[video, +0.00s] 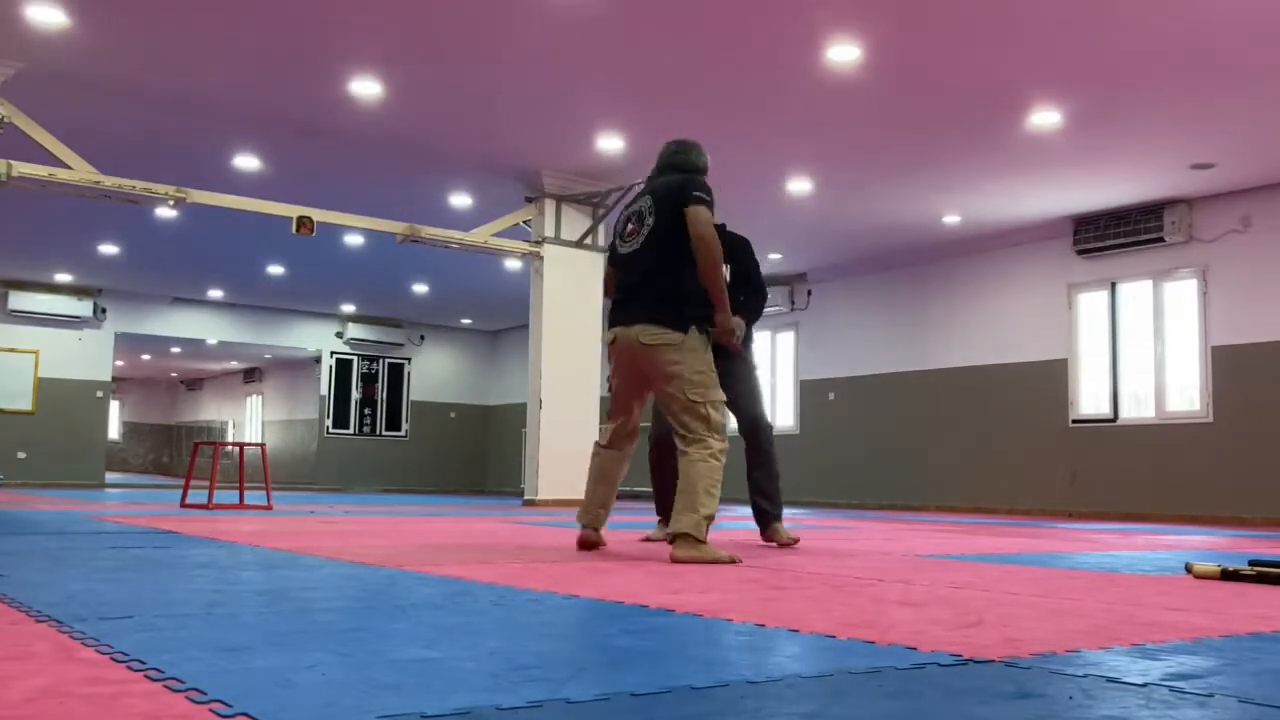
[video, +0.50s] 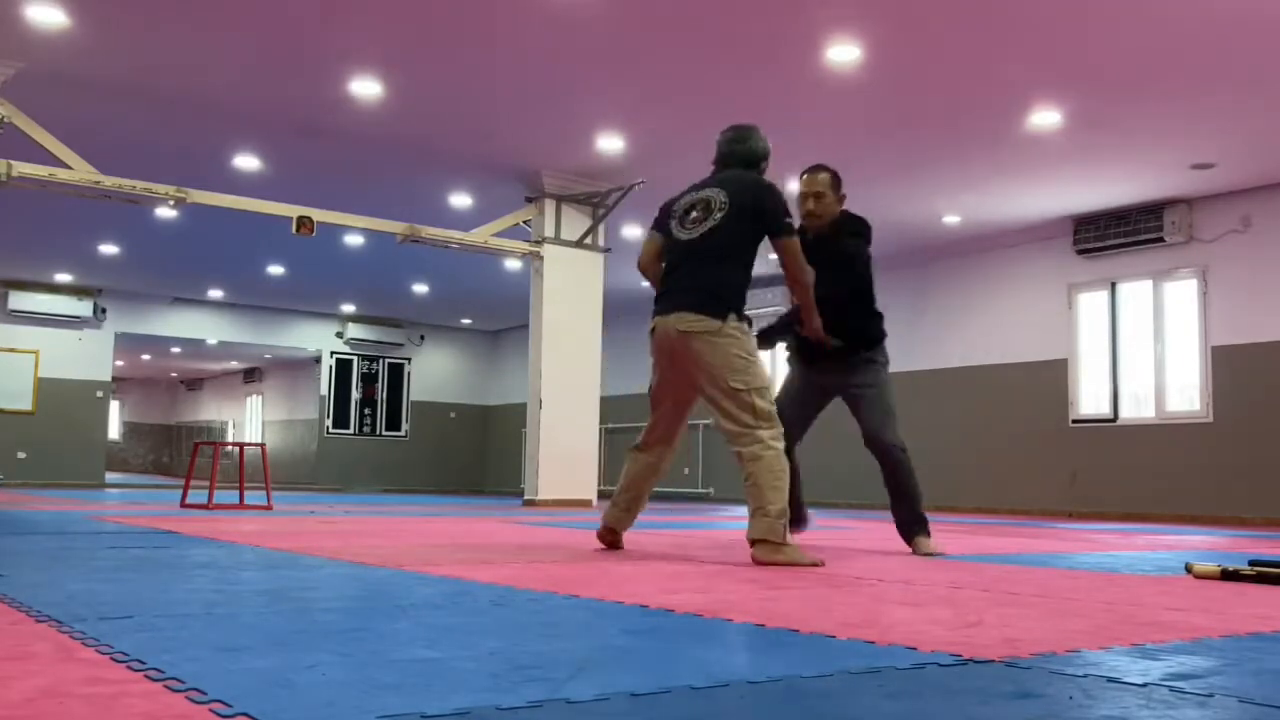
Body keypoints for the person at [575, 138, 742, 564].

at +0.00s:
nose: (706, 177)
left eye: (702, 171)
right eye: (705, 171)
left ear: (660, 166)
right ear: (700, 169)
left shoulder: (632, 206)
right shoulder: (692, 184)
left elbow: (610, 281)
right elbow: (702, 232)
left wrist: (655, 300)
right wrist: (723, 310)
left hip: (623, 332)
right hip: (672, 331)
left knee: (620, 427)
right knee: (705, 434)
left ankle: (590, 524)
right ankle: (689, 539)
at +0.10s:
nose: (713, 201)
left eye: (714, 195)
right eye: (713, 193)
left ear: (665, 180)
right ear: (702, 185)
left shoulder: (633, 217)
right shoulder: (691, 189)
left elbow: (608, 284)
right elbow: (699, 216)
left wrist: (631, 325)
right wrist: (720, 293)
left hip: (620, 337)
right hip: (667, 334)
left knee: (625, 432)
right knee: (716, 433)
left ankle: (603, 531)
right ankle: (693, 527)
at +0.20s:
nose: (724, 214)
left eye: (725, 207)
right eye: (723, 204)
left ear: (680, 183)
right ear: (711, 191)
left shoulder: (644, 222)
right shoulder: (701, 186)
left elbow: (622, 284)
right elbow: (697, 211)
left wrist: (606, 325)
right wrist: (720, 285)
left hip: (619, 336)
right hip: (665, 334)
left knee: (635, 432)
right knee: (718, 432)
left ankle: (606, 531)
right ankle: (720, 534)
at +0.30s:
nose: (731, 200)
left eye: (730, 193)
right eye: (732, 193)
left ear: (689, 181)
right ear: (723, 188)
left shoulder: (658, 216)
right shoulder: (709, 195)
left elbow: (631, 281)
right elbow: (721, 220)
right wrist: (741, 292)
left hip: (627, 334)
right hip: (670, 332)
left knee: (644, 431)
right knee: (725, 428)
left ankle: (606, 529)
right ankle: (719, 531)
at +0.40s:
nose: (747, 184)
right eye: (746, 177)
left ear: (696, 170)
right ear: (738, 173)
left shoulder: (664, 209)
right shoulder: (732, 194)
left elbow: (627, 276)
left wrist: (659, 311)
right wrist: (778, 311)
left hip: (645, 329)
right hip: (690, 327)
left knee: (648, 432)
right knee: (746, 423)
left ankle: (605, 528)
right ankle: (758, 529)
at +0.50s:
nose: (768, 170)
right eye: (768, 164)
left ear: (718, 159)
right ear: (762, 163)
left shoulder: (680, 200)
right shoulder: (761, 192)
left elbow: (647, 263)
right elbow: (797, 271)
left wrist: (680, 295)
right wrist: (810, 318)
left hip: (666, 325)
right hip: (715, 325)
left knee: (660, 429)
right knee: (760, 431)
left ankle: (614, 523)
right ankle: (770, 540)